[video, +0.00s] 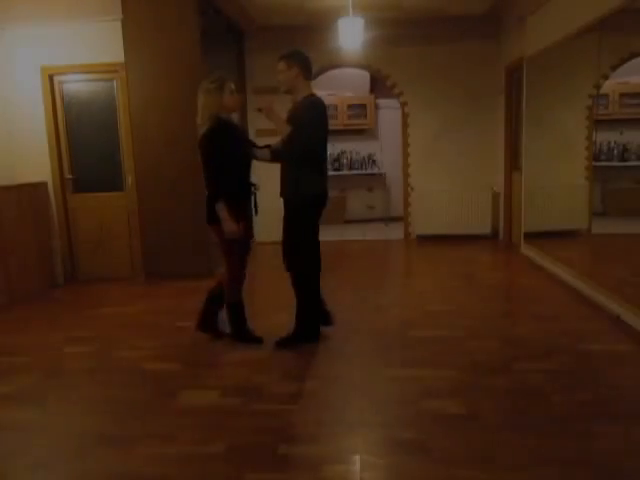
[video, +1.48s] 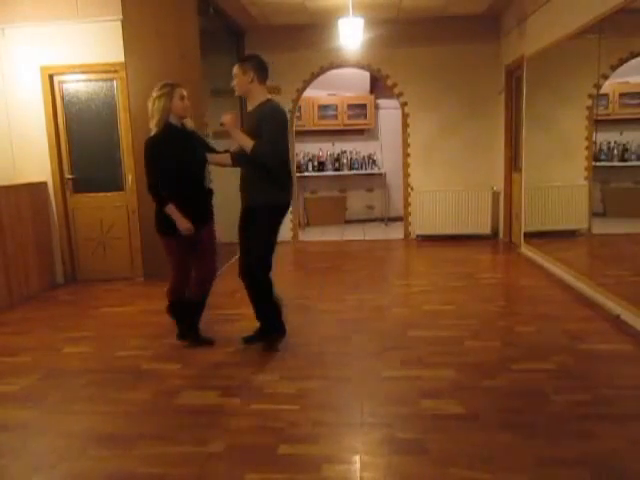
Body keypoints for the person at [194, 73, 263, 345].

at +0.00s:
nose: (237, 97)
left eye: (235, 93)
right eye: (231, 93)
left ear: (227, 98)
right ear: (217, 98)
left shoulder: (233, 130)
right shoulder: (214, 133)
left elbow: (254, 151)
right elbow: (214, 180)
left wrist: (281, 146)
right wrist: (226, 216)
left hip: (240, 204)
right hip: (225, 207)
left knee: (237, 267)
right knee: (233, 269)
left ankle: (209, 315)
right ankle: (238, 324)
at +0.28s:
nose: (221, 98)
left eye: (220, 93)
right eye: (216, 93)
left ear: (209, 99)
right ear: (202, 98)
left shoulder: (218, 130)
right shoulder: (192, 134)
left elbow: (239, 153)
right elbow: (187, 178)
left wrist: (270, 151)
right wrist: (196, 214)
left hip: (225, 204)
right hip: (210, 207)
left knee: (225, 268)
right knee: (222, 269)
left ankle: (209, 323)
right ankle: (207, 325)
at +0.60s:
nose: (214, 99)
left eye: (213, 94)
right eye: (209, 95)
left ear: (205, 99)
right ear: (194, 99)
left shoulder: (212, 130)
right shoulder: (187, 136)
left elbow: (231, 152)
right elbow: (184, 180)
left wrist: (255, 150)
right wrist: (196, 210)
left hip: (222, 203)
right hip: (204, 207)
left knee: (223, 262)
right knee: (210, 267)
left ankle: (214, 309)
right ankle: (206, 328)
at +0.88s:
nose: (207, 103)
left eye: (207, 99)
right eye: (202, 100)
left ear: (204, 104)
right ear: (187, 104)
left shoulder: (209, 134)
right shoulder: (177, 142)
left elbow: (234, 151)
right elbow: (177, 184)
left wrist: (262, 146)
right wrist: (196, 213)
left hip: (217, 199)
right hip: (197, 204)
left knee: (213, 259)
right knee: (218, 260)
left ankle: (210, 307)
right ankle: (197, 304)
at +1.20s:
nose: (199, 105)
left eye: (199, 100)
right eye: (193, 100)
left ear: (197, 105)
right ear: (178, 104)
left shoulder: (201, 135)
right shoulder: (165, 140)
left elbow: (227, 152)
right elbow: (156, 180)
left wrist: (252, 147)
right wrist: (180, 206)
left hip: (209, 201)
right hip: (185, 205)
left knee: (216, 260)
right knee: (196, 264)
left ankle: (211, 309)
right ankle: (183, 311)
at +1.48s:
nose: (187, 103)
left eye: (187, 98)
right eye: (181, 98)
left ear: (182, 104)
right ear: (166, 103)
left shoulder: (190, 136)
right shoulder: (156, 142)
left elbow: (212, 155)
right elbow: (156, 188)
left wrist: (241, 156)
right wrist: (177, 216)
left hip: (200, 208)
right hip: (174, 213)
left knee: (206, 268)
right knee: (181, 270)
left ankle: (191, 324)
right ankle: (183, 325)